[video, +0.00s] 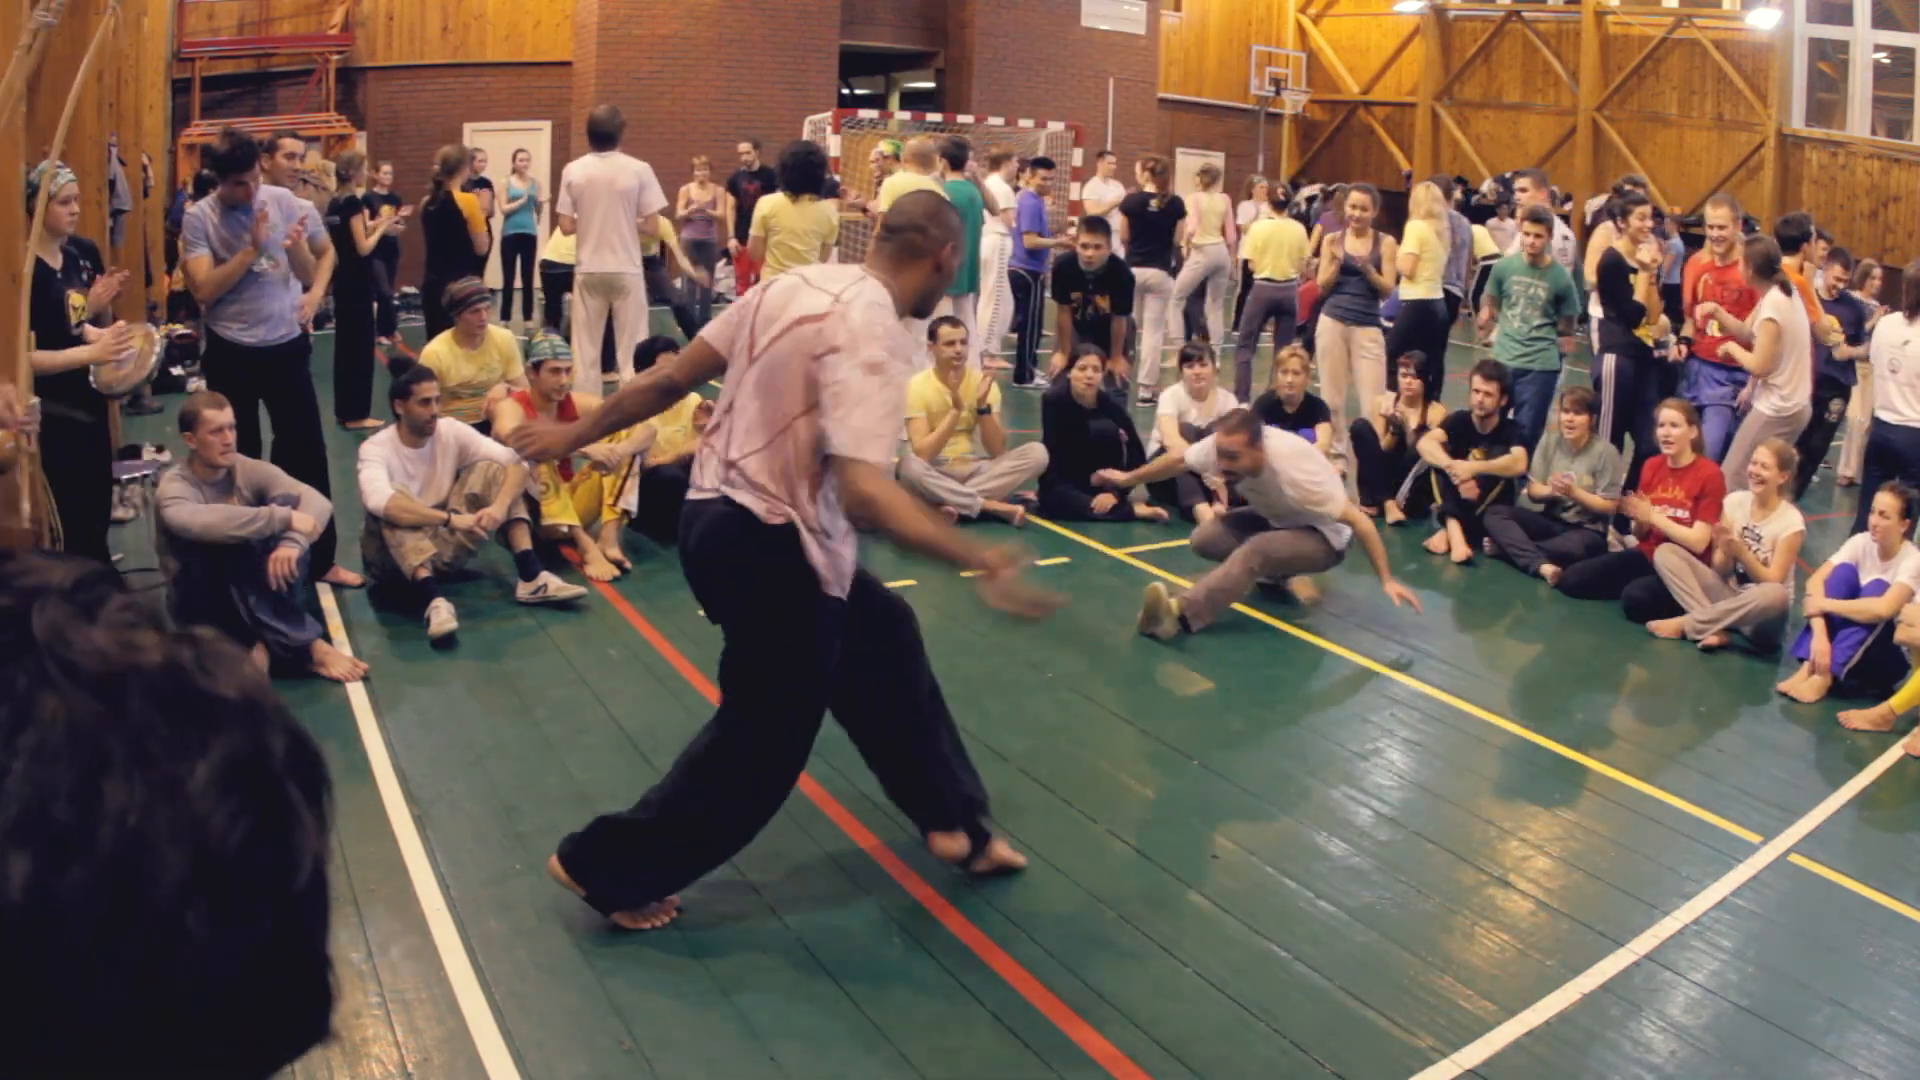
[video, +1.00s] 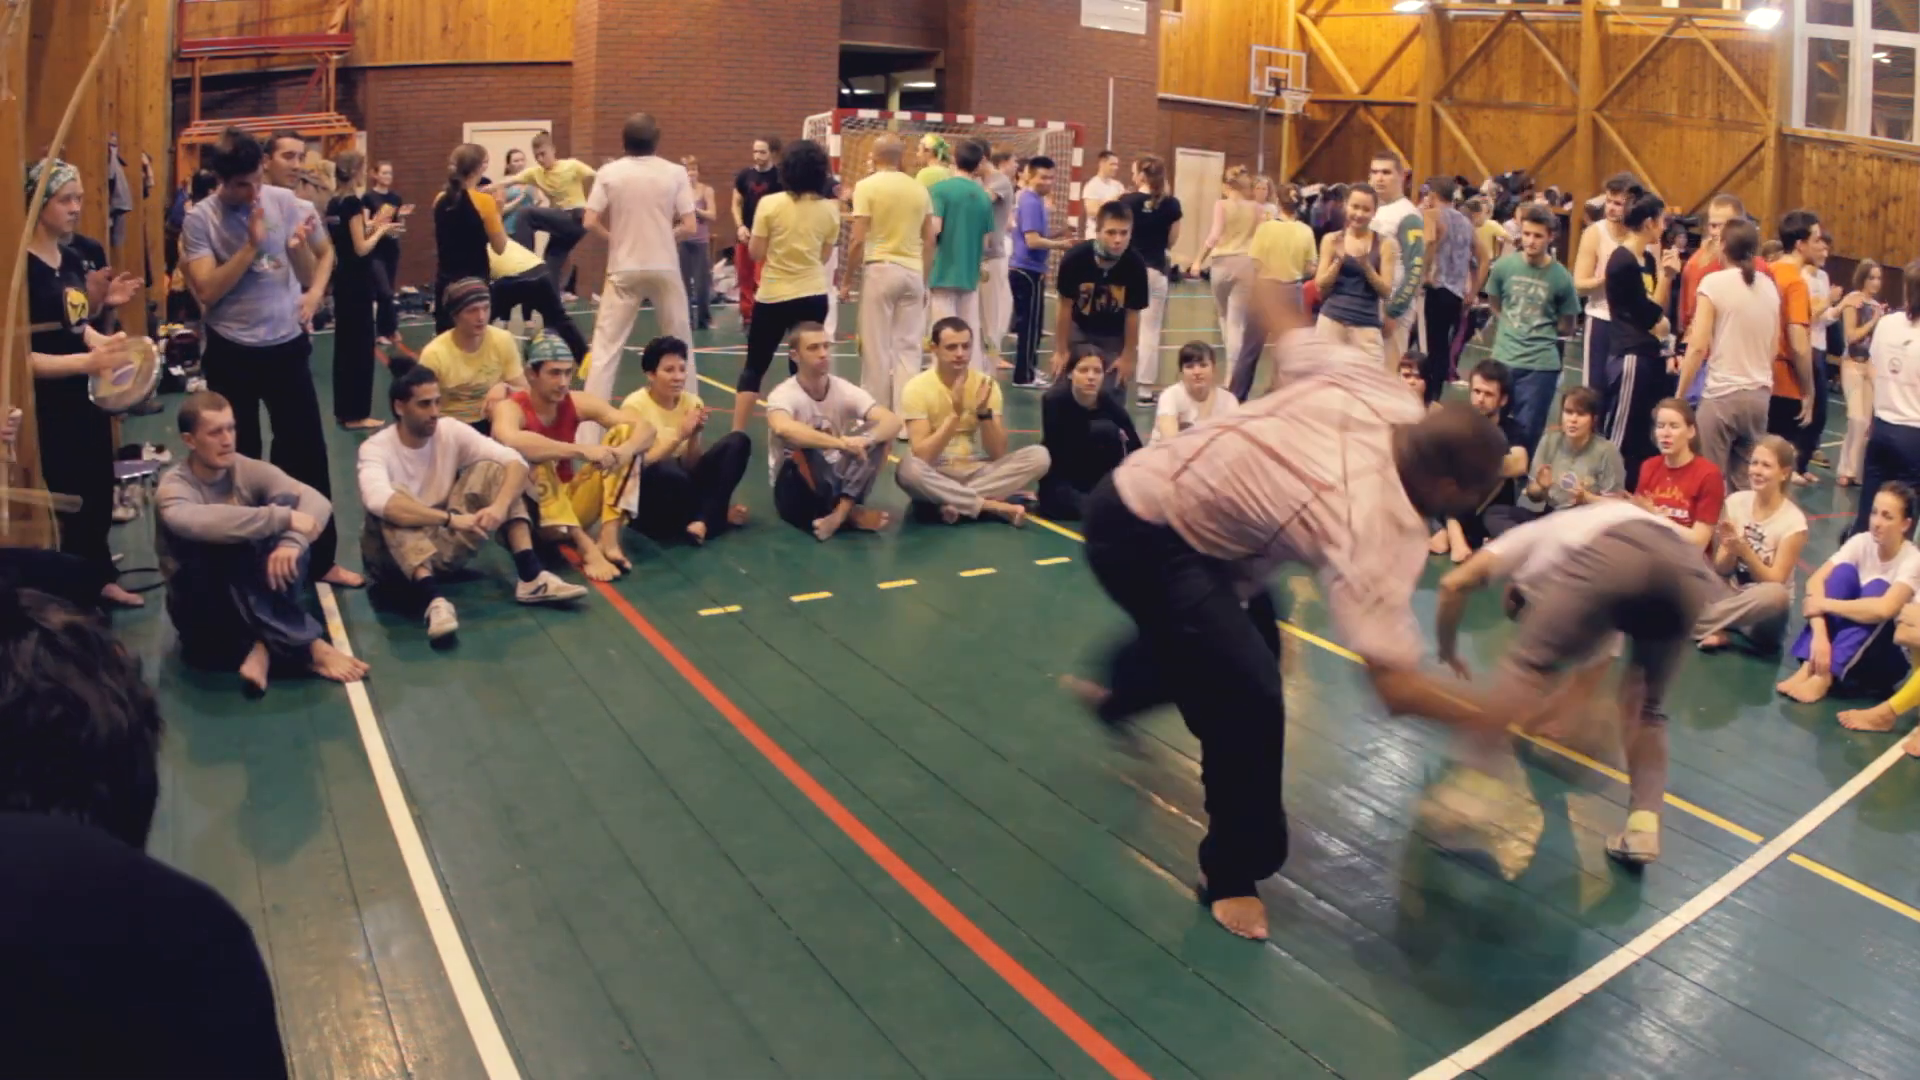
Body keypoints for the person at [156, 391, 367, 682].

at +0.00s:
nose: (229, 439)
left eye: (231, 429)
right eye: (216, 432)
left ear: (237, 429)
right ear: (190, 440)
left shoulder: (249, 470)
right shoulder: (175, 486)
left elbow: (317, 502)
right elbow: (192, 523)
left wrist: (292, 543)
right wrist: (284, 517)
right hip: (205, 601)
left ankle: (262, 645)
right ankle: (311, 645)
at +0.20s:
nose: (228, 439)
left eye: (231, 429)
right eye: (216, 432)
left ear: (237, 429)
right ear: (190, 440)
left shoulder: (248, 469)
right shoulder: (174, 487)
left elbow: (317, 502)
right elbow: (193, 523)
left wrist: (292, 544)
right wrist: (283, 517)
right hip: (210, 611)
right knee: (214, 546)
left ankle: (263, 645)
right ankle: (310, 645)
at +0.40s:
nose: (227, 439)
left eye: (230, 429)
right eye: (215, 432)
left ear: (236, 429)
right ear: (189, 440)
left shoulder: (248, 469)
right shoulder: (174, 488)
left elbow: (316, 501)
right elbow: (193, 523)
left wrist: (292, 543)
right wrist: (283, 517)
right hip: (211, 613)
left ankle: (264, 646)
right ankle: (310, 645)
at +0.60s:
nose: (227, 439)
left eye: (230, 429)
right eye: (215, 432)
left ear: (236, 429)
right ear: (190, 440)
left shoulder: (247, 469)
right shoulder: (174, 487)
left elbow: (316, 501)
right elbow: (191, 523)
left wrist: (292, 543)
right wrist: (283, 517)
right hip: (211, 617)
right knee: (213, 545)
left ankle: (264, 646)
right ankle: (310, 645)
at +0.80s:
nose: (227, 440)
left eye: (230, 429)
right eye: (215, 433)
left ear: (236, 429)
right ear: (189, 440)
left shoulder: (247, 469)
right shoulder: (174, 488)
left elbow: (316, 502)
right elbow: (193, 523)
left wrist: (292, 543)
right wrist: (283, 517)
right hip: (210, 614)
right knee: (214, 546)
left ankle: (263, 645)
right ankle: (311, 645)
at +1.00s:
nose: (228, 440)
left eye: (230, 429)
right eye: (215, 433)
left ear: (237, 429)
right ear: (189, 440)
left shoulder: (247, 469)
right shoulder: (174, 487)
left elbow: (316, 501)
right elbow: (192, 523)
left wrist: (292, 543)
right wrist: (283, 517)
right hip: (209, 614)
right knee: (214, 546)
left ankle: (263, 645)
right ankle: (310, 645)